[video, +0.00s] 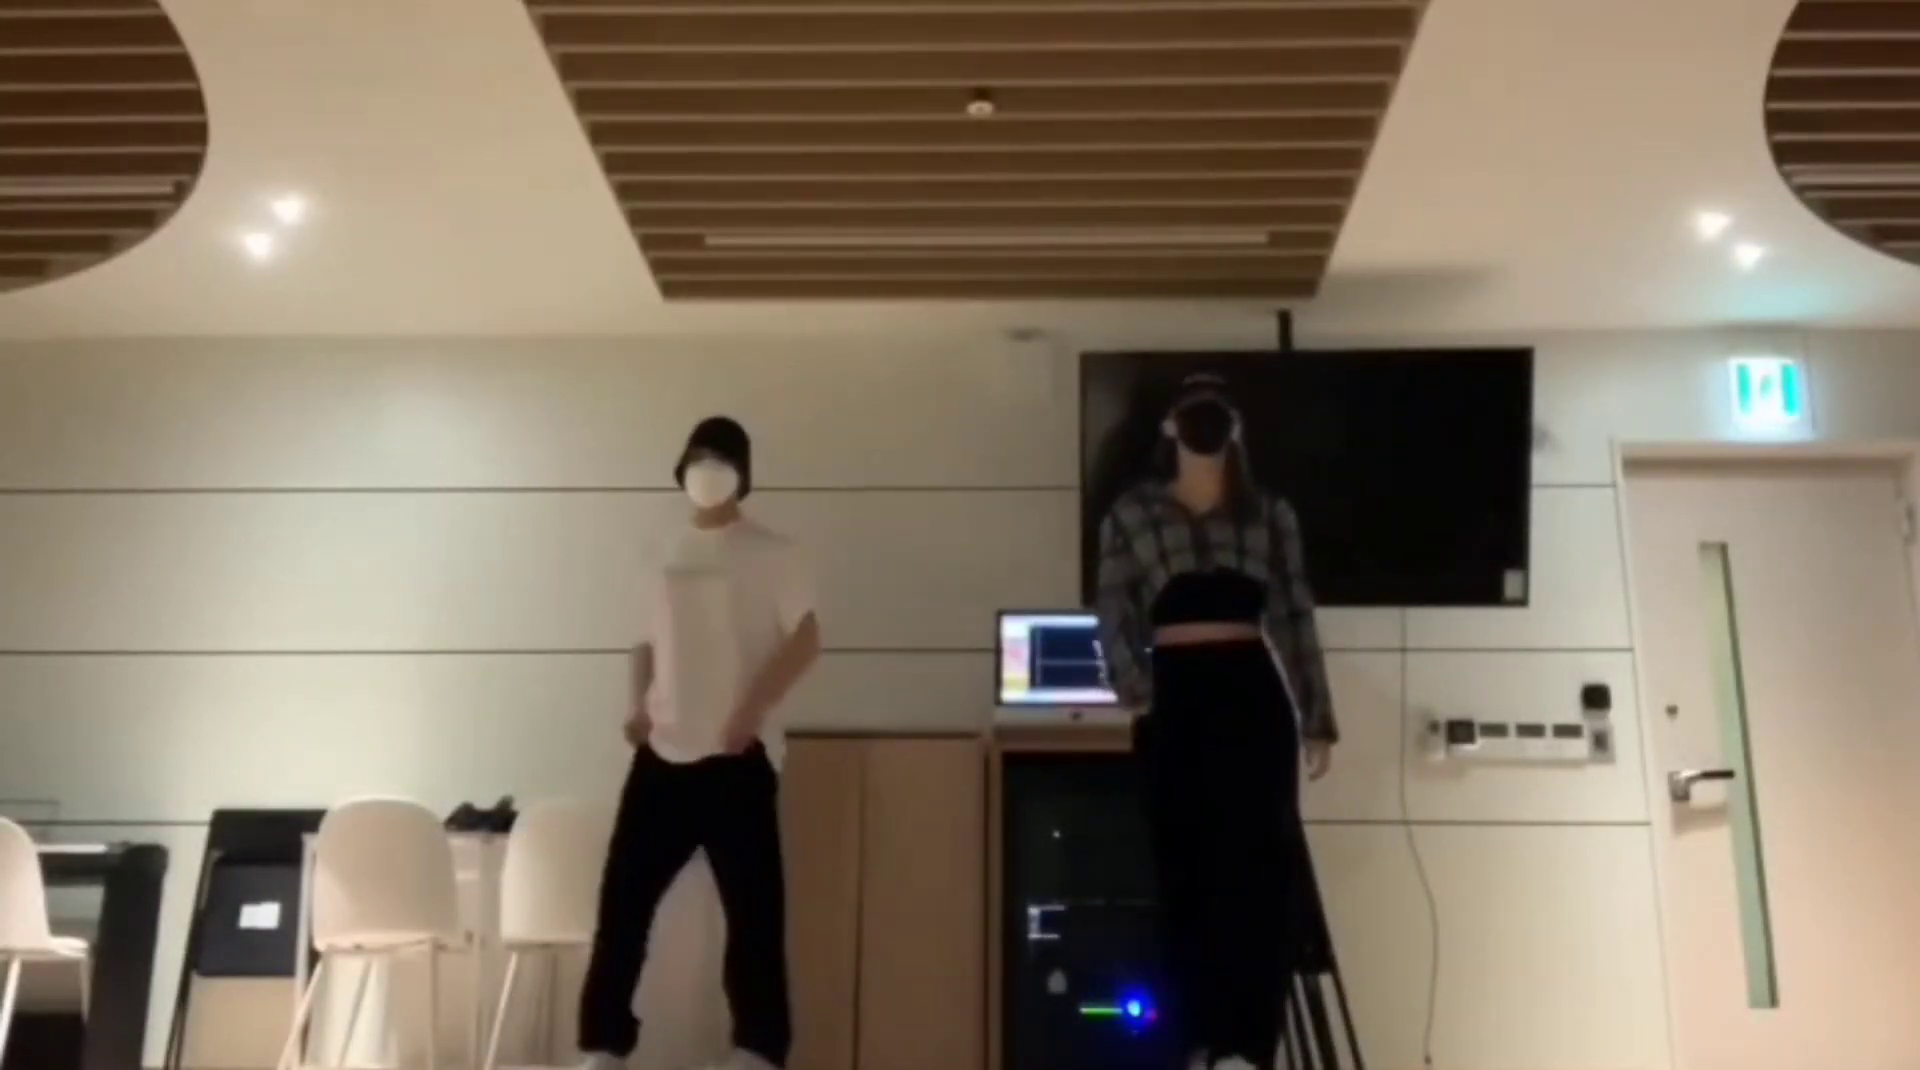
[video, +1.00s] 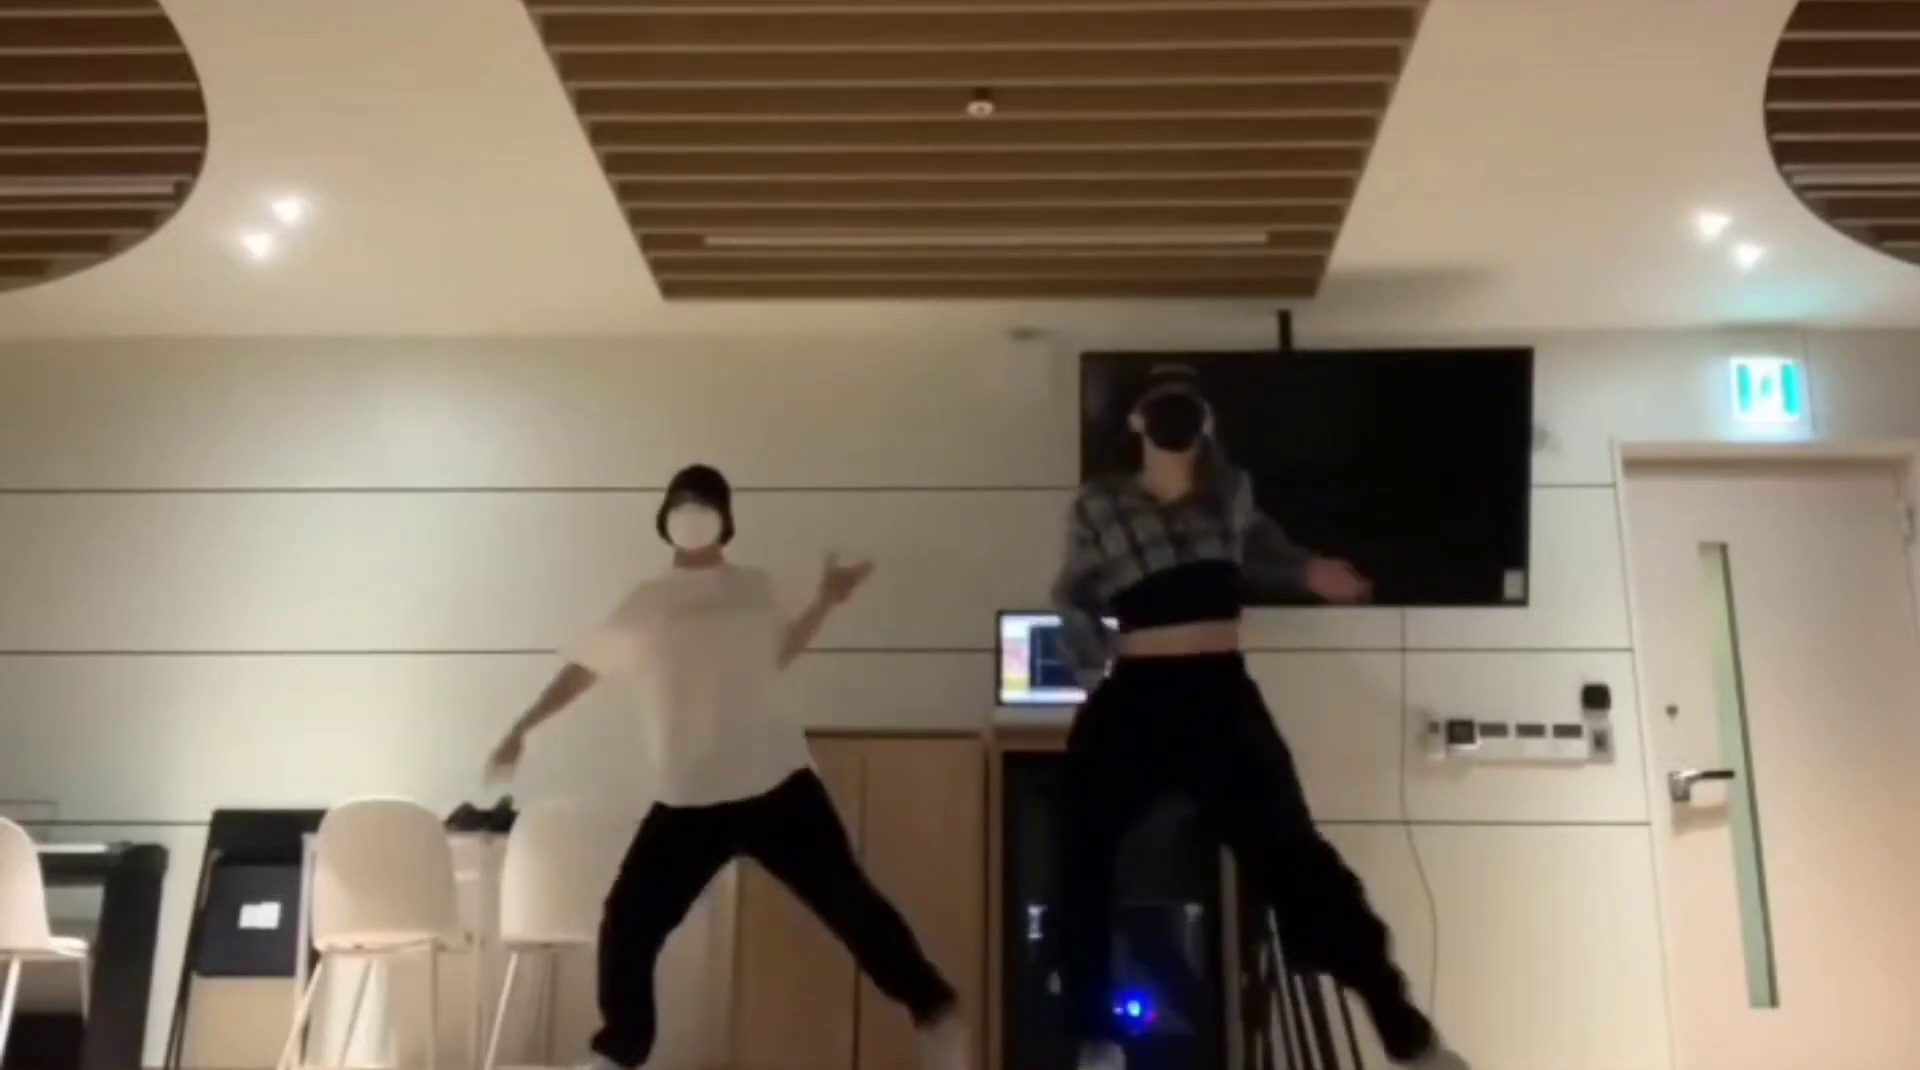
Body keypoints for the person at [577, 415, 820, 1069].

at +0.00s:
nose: (706, 477)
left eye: (720, 465)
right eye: (696, 465)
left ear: (743, 475)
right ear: (682, 474)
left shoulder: (774, 554)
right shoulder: (664, 557)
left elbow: (805, 639)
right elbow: (648, 642)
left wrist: (751, 710)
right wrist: (640, 706)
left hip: (736, 767)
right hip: (661, 767)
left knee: (755, 915)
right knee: (622, 907)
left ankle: (759, 1049)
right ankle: (604, 1046)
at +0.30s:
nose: (673, 474)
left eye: (686, 462)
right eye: (663, 462)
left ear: (707, 473)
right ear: (645, 471)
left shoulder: (737, 551)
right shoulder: (614, 545)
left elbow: (762, 639)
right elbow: (570, 629)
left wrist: (690, 638)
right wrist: (636, 631)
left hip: (703, 735)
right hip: (622, 734)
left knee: (693, 884)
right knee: (604, 889)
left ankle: (688, 1016)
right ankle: (602, 1039)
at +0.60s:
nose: (666, 495)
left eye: (680, 484)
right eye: (654, 484)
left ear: (699, 496)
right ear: (637, 495)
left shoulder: (731, 575)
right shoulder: (612, 565)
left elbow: (776, 647)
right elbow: (555, 621)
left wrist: (741, 683)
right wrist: (610, 617)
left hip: (716, 760)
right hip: (632, 768)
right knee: (606, 905)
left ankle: (720, 967)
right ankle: (613, 1044)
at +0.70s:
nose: (668, 504)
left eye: (682, 493)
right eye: (657, 493)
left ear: (701, 505)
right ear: (640, 503)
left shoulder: (735, 584)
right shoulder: (610, 577)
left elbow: (798, 642)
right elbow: (552, 619)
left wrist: (768, 665)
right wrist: (544, 661)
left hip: (721, 752)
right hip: (639, 766)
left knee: (775, 808)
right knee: (611, 904)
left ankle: (761, 937)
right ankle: (617, 1044)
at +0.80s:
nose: (680, 510)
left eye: (692, 500)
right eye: (667, 500)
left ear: (712, 512)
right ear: (649, 512)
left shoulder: (737, 587)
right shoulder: (623, 587)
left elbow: (797, 637)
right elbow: (547, 641)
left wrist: (773, 629)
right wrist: (468, 695)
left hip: (735, 758)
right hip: (655, 781)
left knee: (807, 799)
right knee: (622, 912)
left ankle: (820, 920)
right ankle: (620, 1048)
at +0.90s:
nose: (692, 519)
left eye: (704, 507)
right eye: (681, 507)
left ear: (724, 519)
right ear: (662, 519)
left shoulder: (754, 589)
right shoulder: (636, 601)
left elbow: (770, 653)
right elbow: (566, 669)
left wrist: (808, 602)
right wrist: (497, 726)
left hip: (769, 779)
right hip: (680, 793)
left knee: (847, 883)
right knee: (630, 920)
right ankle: (621, 1049)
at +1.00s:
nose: (691, 521)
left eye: (703, 510)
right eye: (680, 511)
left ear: (725, 521)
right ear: (664, 524)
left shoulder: (755, 589)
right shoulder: (645, 604)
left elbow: (779, 655)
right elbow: (581, 672)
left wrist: (827, 600)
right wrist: (520, 730)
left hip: (777, 790)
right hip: (688, 802)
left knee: (848, 899)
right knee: (626, 927)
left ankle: (936, 1014)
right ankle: (621, 1052)